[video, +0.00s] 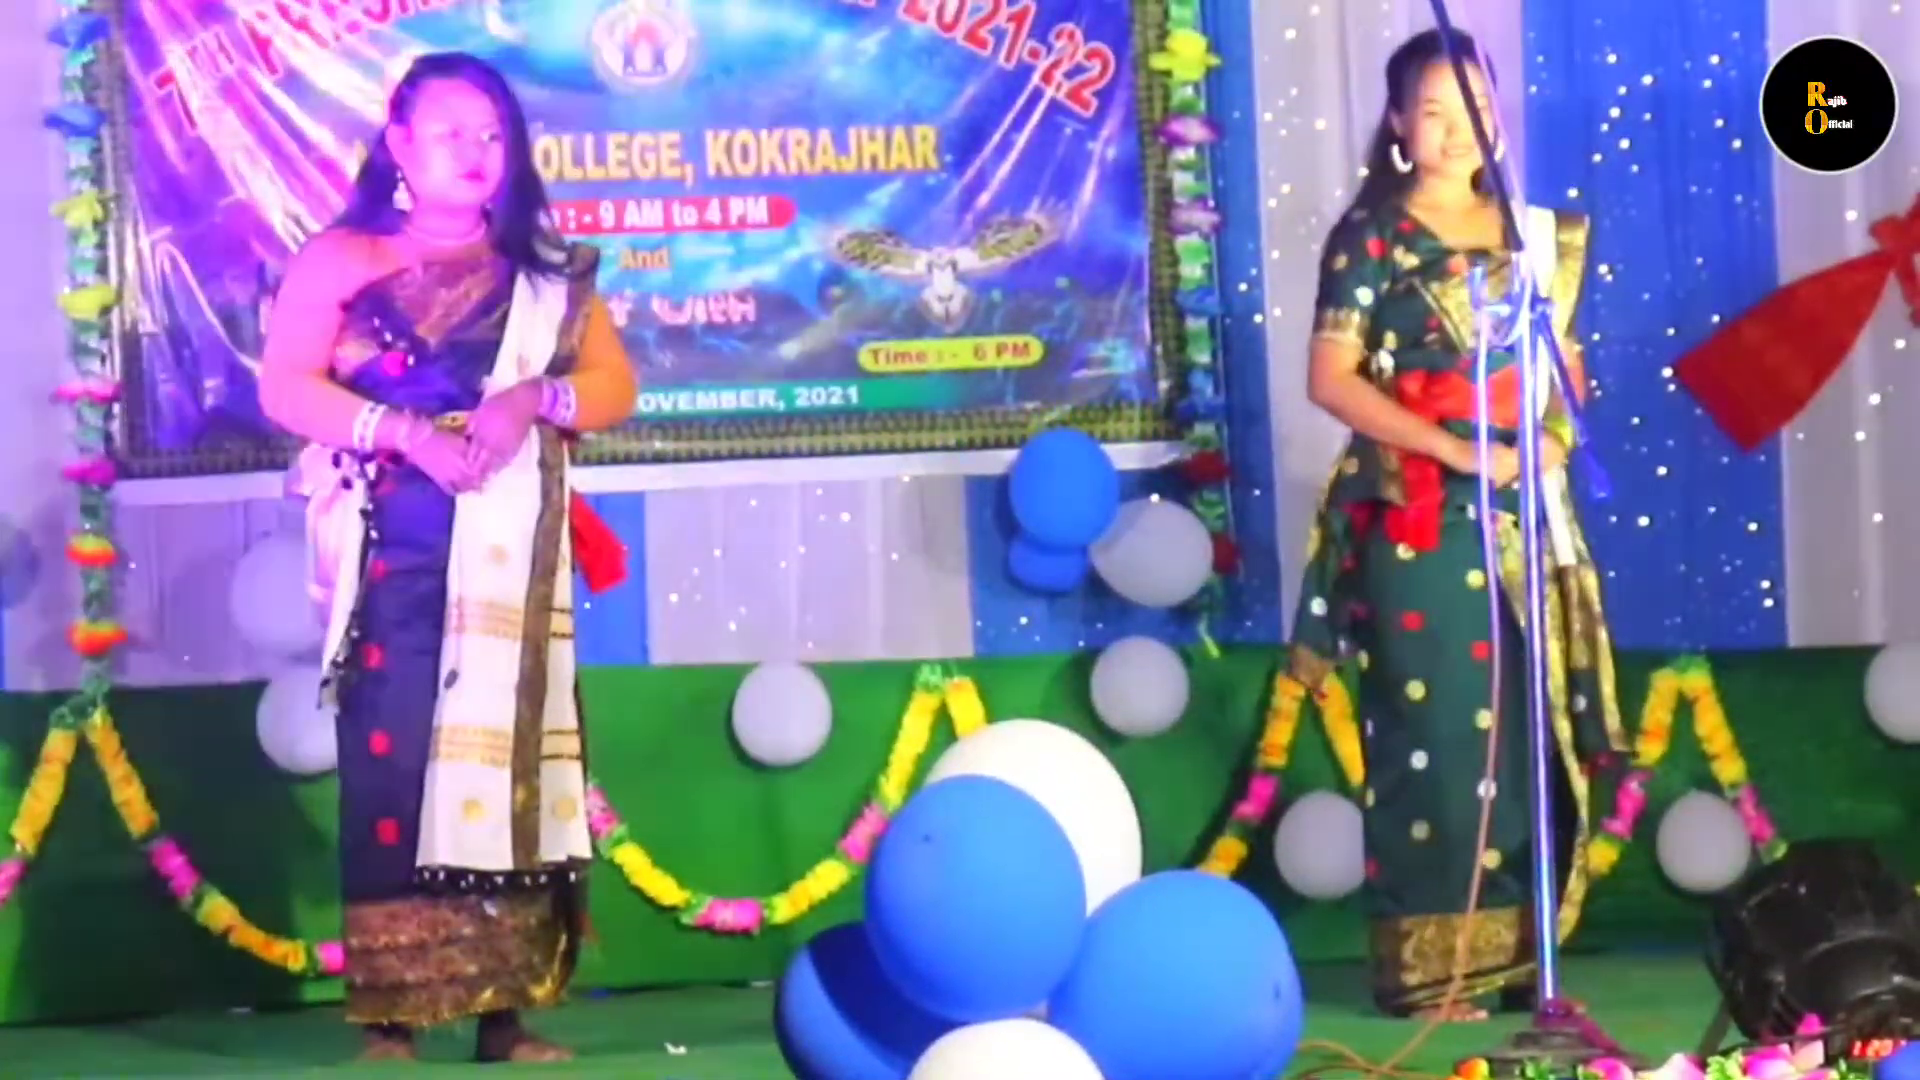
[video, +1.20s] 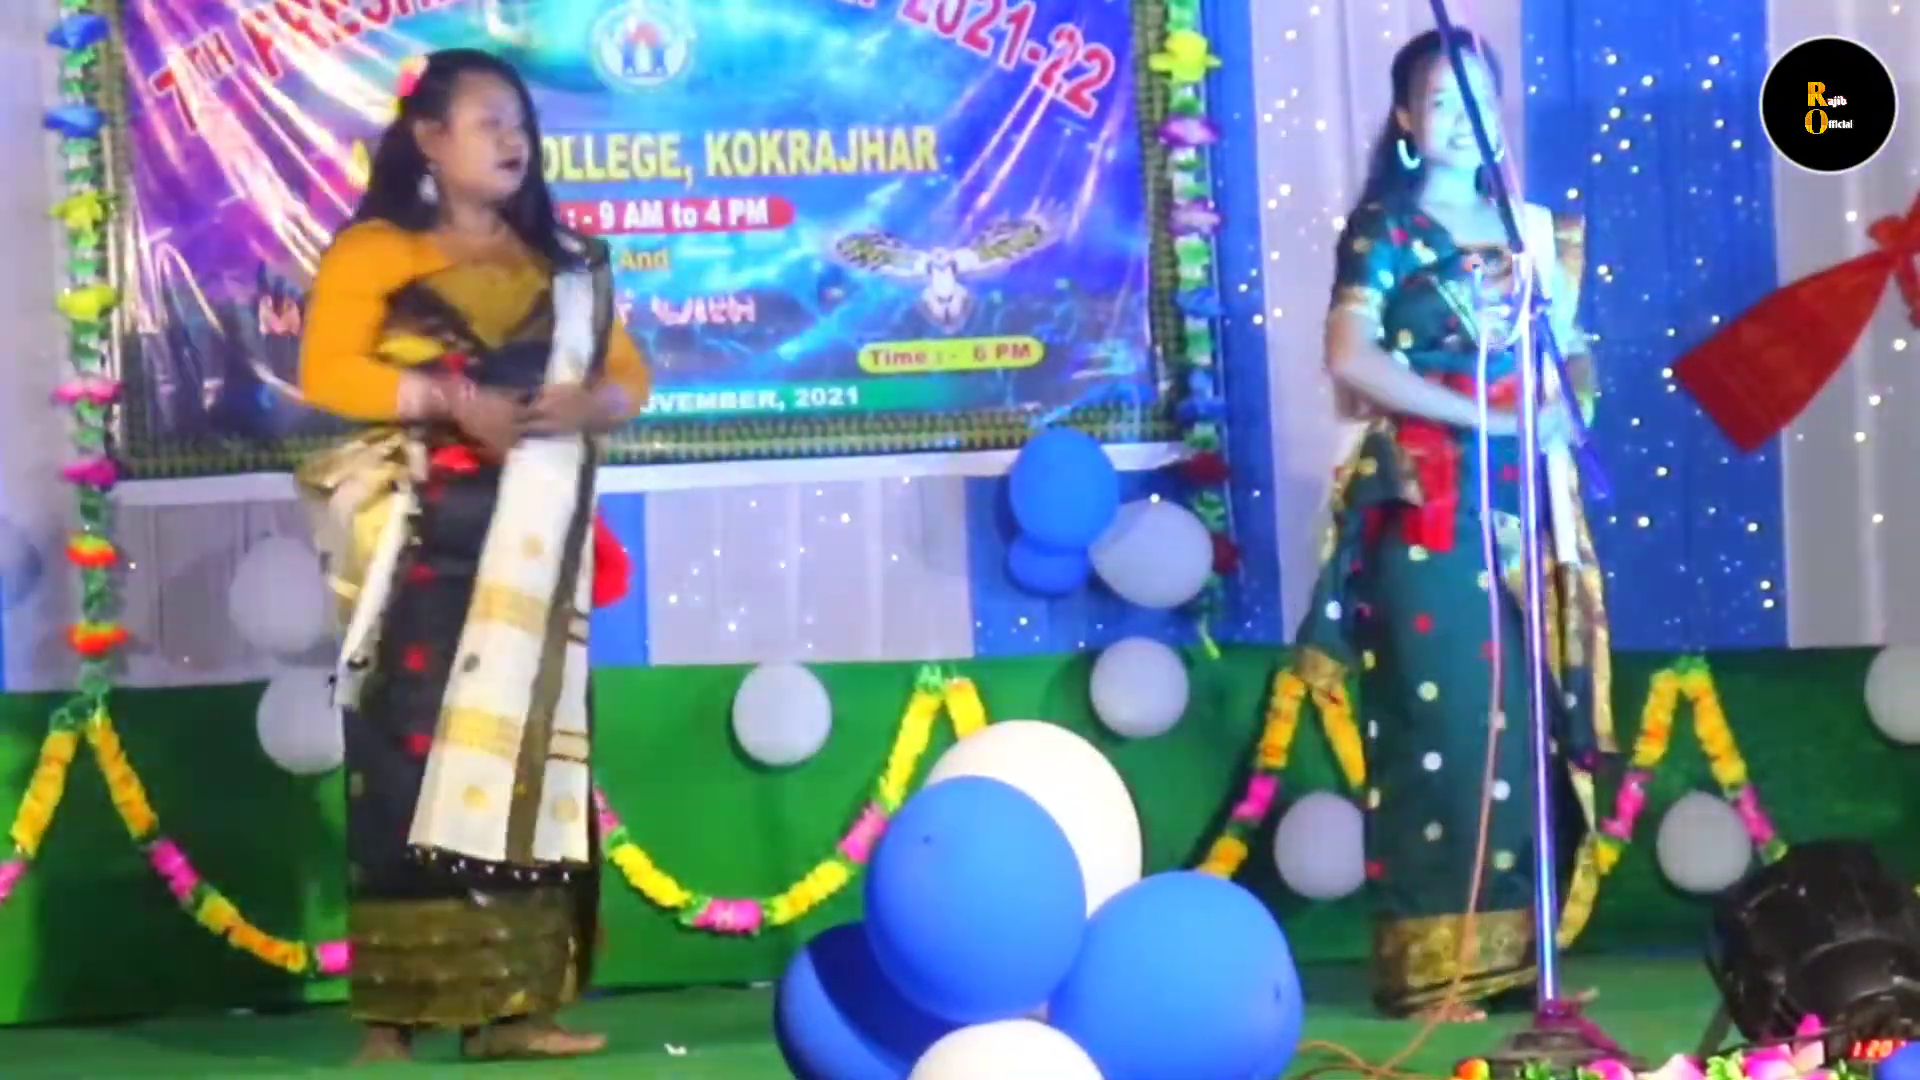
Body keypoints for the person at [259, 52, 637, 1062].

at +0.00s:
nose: (471, 152)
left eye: (488, 135)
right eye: (447, 132)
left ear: (512, 152)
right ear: (398, 147)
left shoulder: (547, 271)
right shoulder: (341, 260)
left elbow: (616, 387)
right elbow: (283, 387)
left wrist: (534, 398)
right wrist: (403, 430)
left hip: (514, 562)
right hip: (396, 559)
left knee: (514, 765)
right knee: (393, 771)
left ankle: (506, 1013)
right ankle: (386, 1012)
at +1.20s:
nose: (513, 141)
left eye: (519, 125)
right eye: (488, 126)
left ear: (529, 137)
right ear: (428, 141)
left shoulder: (556, 260)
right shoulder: (374, 251)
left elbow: (631, 380)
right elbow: (327, 374)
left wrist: (574, 406)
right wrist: (448, 397)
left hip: (536, 547)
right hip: (422, 544)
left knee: (530, 752)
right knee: (408, 760)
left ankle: (513, 1010)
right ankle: (390, 1012)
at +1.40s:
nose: (533, 146)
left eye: (534, 127)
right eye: (505, 134)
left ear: (546, 149)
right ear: (451, 166)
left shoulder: (549, 271)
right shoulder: (453, 266)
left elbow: (664, 360)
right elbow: (548, 340)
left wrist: (673, 275)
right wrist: (626, 276)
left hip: (577, 556)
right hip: (501, 558)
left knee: (579, 776)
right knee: (520, 773)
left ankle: (510, 1010)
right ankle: (421, 979)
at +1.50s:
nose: (550, 125)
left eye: (547, 108)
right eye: (523, 115)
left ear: (547, 132)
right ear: (469, 148)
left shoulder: (528, 237)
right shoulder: (493, 236)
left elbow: (678, 318)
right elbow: (632, 280)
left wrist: (639, 213)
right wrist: (637, 202)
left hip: (550, 546)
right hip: (529, 549)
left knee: (563, 765)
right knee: (566, 766)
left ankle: (511, 1007)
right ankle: (497, 1013)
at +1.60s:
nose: (580, 114)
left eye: (570, 98)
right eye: (555, 102)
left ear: (489, 138)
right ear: (498, 131)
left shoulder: (460, 245)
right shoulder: (561, 230)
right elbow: (677, 326)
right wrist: (714, 280)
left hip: (502, 560)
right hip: (595, 549)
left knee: (543, 764)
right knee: (690, 708)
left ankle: (511, 1003)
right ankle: (635, 953)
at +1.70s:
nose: (596, 145)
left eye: (586, 127)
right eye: (569, 133)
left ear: (504, 169)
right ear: (515, 162)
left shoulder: (469, 282)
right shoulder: (589, 268)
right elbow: (687, 371)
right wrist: (783, 400)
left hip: (527, 588)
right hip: (634, 576)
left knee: (575, 792)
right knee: (723, 746)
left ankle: (524, 1018)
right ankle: (715, 986)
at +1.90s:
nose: (644, 165)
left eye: (637, 148)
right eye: (616, 155)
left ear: (570, 199)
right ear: (558, 193)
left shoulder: (555, 283)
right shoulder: (612, 274)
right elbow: (682, 379)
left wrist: (700, 333)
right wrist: (727, 351)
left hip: (606, 594)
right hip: (681, 588)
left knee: (661, 800)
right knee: (759, 779)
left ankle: (559, 968)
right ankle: (716, 1012)